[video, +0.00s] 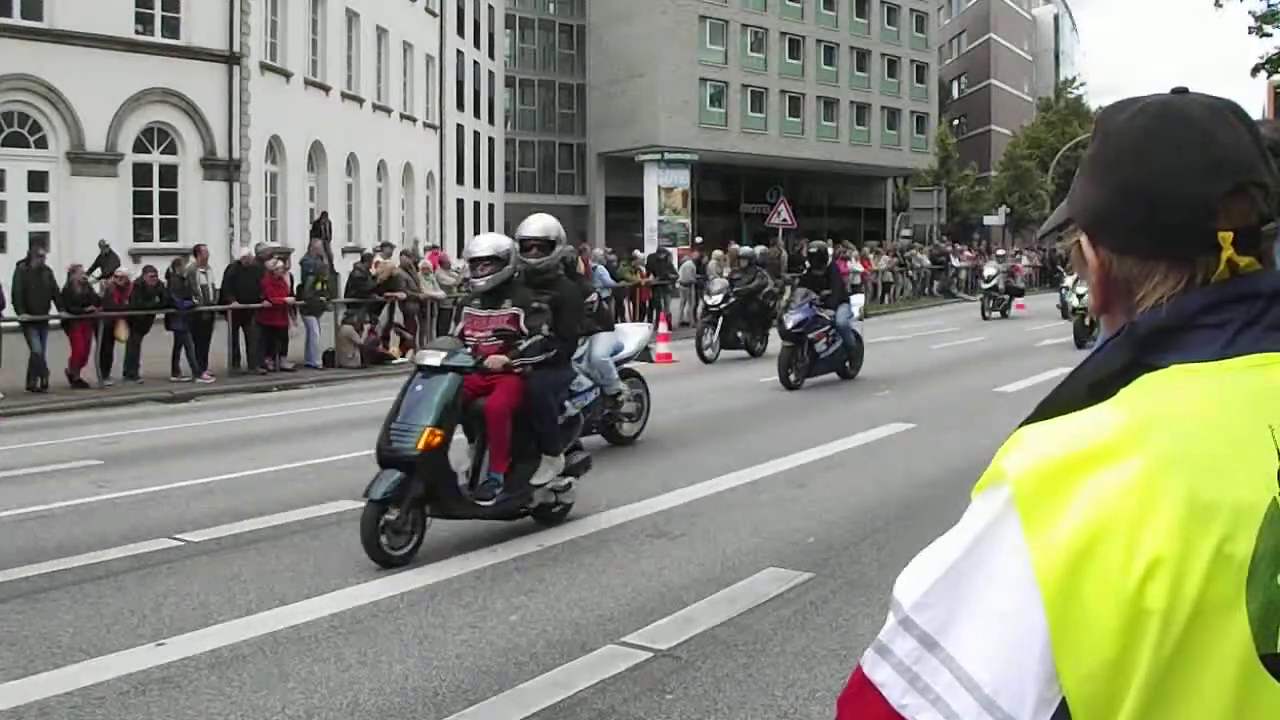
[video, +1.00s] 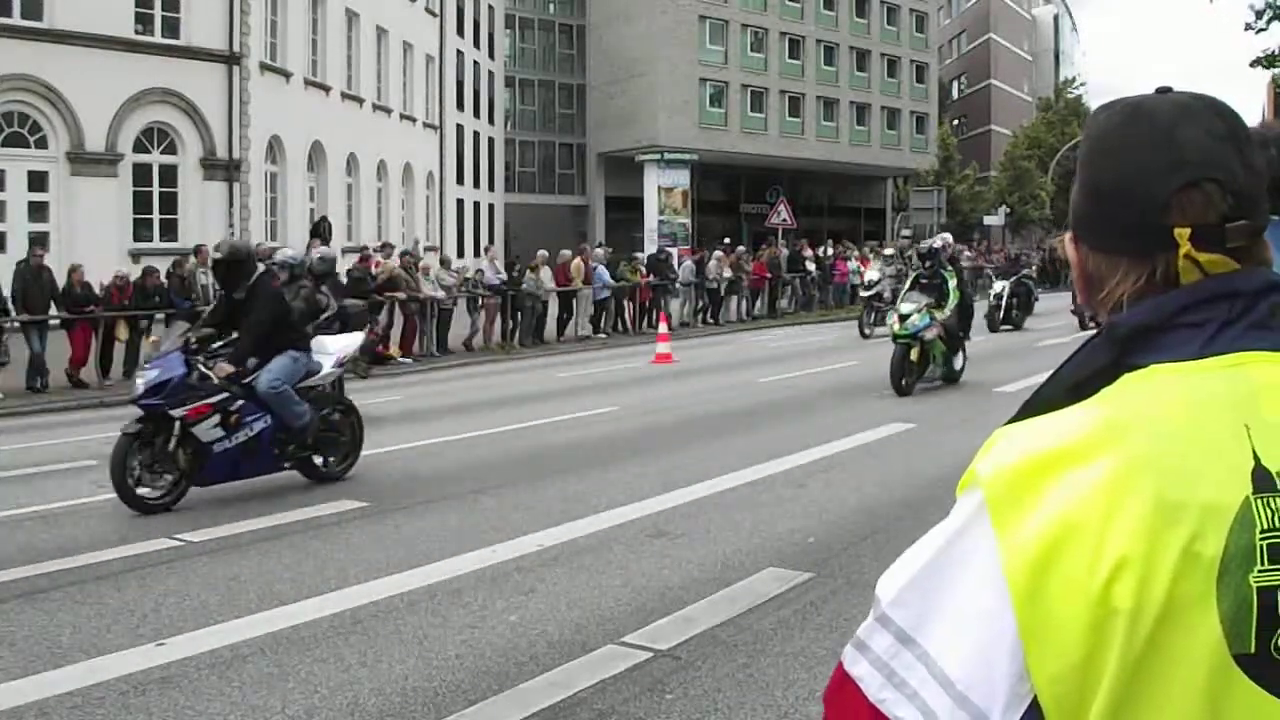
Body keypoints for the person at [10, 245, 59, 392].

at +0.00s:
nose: (42, 260)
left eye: (43, 257)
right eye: (39, 257)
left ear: (45, 257)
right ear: (31, 256)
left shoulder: (47, 271)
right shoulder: (21, 271)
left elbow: (55, 292)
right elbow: (16, 292)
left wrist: (61, 309)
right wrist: (20, 311)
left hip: (43, 314)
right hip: (28, 314)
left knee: (39, 351)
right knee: (36, 349)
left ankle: (31, 381)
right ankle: (43, 375)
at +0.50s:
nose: (40, 261)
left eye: (42, 258)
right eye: (37, 258)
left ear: (45, 256)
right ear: (31, 256)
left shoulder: (47, 265)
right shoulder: (22, 268)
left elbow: (54, 288)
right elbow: (16, 292)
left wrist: (59, 307)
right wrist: (21, 312)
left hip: (44, 313)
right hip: (27, 314)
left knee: (41, 350)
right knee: (36, 350)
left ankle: (31, 378)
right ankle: (43, 379)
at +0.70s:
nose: (34, 271)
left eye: (40, 266)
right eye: (33, 266)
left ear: (54, 269)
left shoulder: (66, 302)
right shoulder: (38, 299)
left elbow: (65, 342)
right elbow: (29, 329)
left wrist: (39, 354)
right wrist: (18, 347)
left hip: (63, 362)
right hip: (36, 357)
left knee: (34, 375)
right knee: (10, 370)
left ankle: (31, 425)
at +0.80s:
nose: (39, 260)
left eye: (42, 257)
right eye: (36, 256)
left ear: (44, 257)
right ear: (30, 256)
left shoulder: (46, 271)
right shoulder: (20, 270)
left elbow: (55, 293)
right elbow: (16, 292)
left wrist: (62, 310)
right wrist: (20, 311)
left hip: (43, 314)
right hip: (27, 315)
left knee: (39, 351)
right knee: (36, 349)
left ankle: (31, 382)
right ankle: (43, 375)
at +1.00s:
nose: (39, 260)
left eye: (41, 256)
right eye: (36, 256)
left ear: (44, 256)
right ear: (30, 256)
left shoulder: (46, 271)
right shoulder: (21, 270)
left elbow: (55, 292)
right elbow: (16, 293)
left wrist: (61, 310)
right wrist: (20, 311)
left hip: (43, 314)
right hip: (27, 315)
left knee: (39, 351)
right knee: (36, 350)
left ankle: (31, 382)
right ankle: (44, 375)